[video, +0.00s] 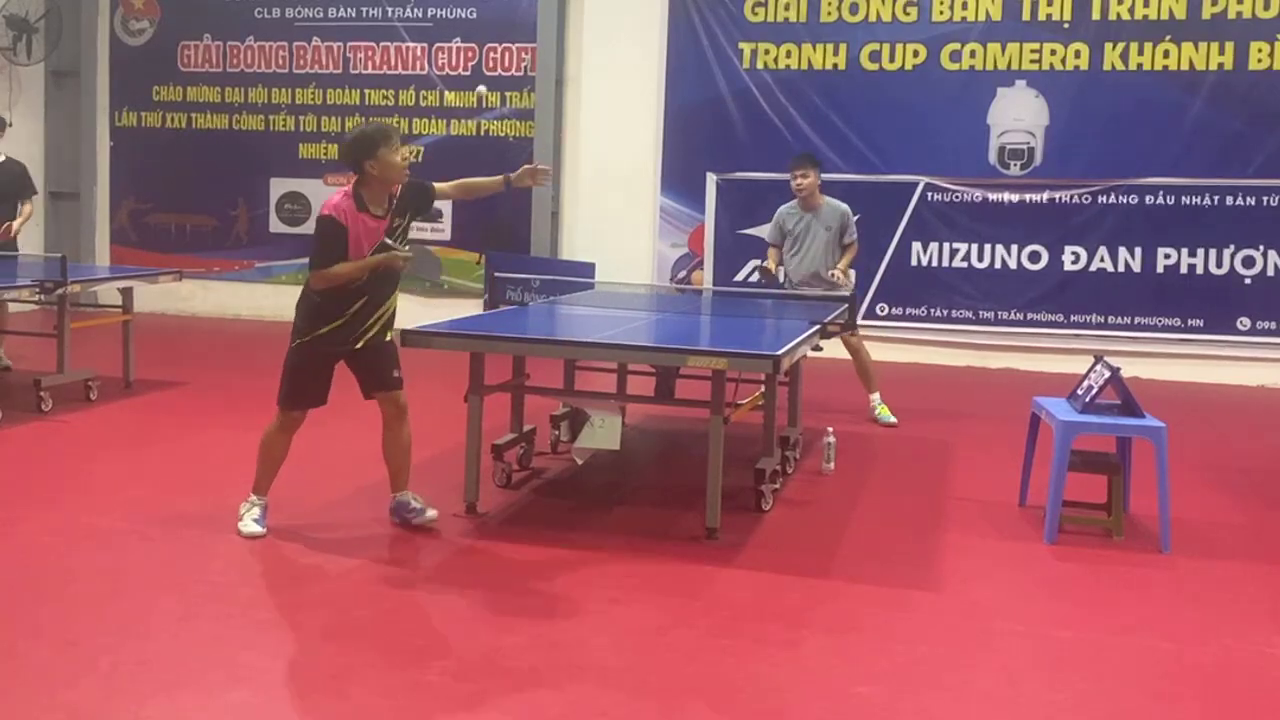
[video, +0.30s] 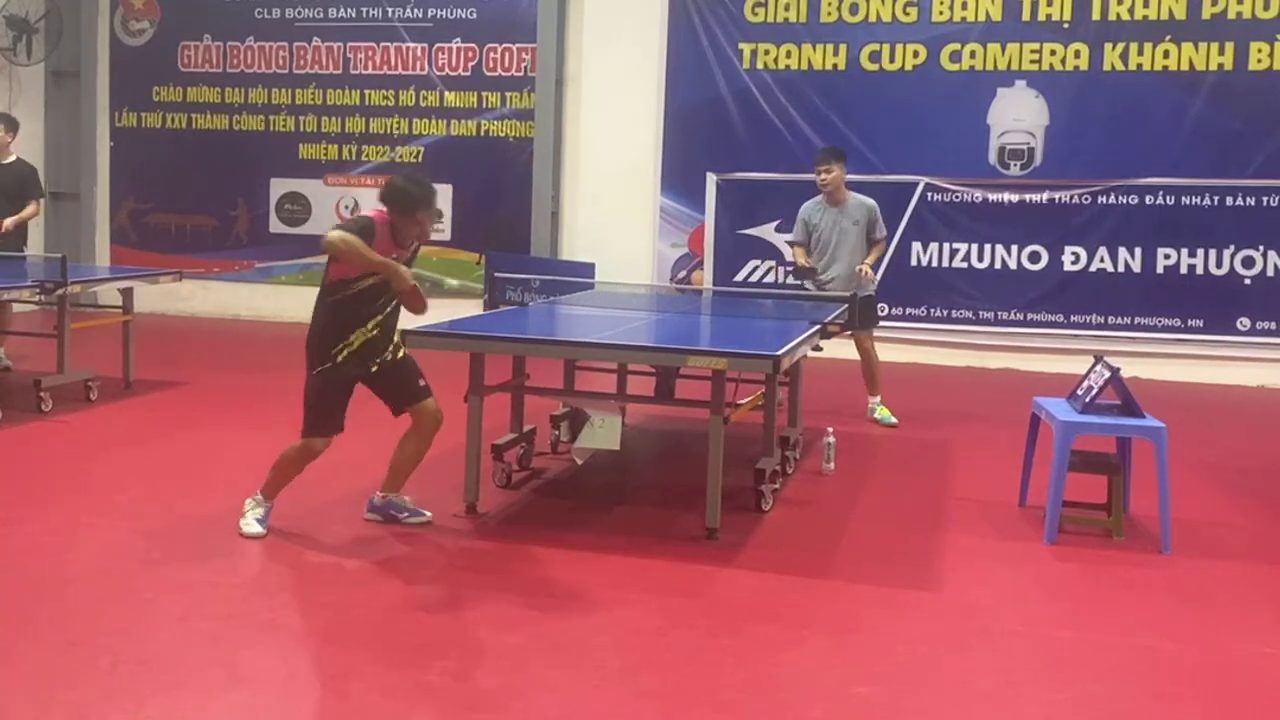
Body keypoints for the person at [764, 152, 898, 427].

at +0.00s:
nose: (798, 183)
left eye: (804, 177)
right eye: (794, 178)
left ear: (818, 179)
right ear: (790, 182)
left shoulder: (840, 212)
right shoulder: (784, 214)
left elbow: (851, 245)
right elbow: (774, 246)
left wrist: (841, 267)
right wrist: (772, 263)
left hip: (833, 295)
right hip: (794, 295)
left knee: (853, 342)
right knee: (777, 342)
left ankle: (876, 401)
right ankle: (766, 391)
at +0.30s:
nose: (822, 178)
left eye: (828, 172)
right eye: (818, 173)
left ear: (843, 172)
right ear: (815, 175)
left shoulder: (867, 207)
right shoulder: (808, 210)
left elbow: (879, 241)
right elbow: (799, 245)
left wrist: (868, 262)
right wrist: (803, 262)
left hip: (858, 292)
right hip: (819, 292)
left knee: (865, 344)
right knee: (793, 340)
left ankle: (875, 403)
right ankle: (774, 390)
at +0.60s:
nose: (816, 185)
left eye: (822, 179)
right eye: (812, 180)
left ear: (838, 179)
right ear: (809, 182)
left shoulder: (861, 212)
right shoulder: (801, 214)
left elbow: (874, 244)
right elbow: (781, 245)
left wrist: (867, 261)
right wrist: (776, 255)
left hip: (851, 294)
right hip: (810, 294)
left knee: (860, 350)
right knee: (786, 343)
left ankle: (876, 404)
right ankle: (772, 396)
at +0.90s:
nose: (808, 221)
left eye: (813, 215)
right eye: (802, 215)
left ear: (822, 211)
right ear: (793, 212)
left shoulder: (835, 227)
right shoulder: (781, 239)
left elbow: (837, 256)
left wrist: (852, 260)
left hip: (819, 302)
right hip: (784, 304)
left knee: (848, 354)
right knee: (766, 351)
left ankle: (868, 404)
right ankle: (759, 406)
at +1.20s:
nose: (818, 198)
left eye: (824, 192)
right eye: (814, 193)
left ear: (838, 195)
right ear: (809, 195)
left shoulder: (850, 220)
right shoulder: (800, 226)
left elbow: (866, 243)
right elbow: (780, 265)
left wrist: (879, 234)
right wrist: (792, 252)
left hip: (837, 302)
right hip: (800, 302)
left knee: (866, 353)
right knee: (779, 352)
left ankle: (874, 403)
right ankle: (761, 405)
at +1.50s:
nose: (822, 183)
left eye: (828, 177)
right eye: (819, 178)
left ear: (844, 179)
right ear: (816, 181)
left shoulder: (866, 213)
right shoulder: (807, 216)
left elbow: (878, 252)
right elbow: (786, 250)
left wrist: (875, 248)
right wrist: (776, 253)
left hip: (851, 297)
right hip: (811, 296)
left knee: (861, 347)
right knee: (779, 336)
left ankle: (872, 403)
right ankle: (754, 386)